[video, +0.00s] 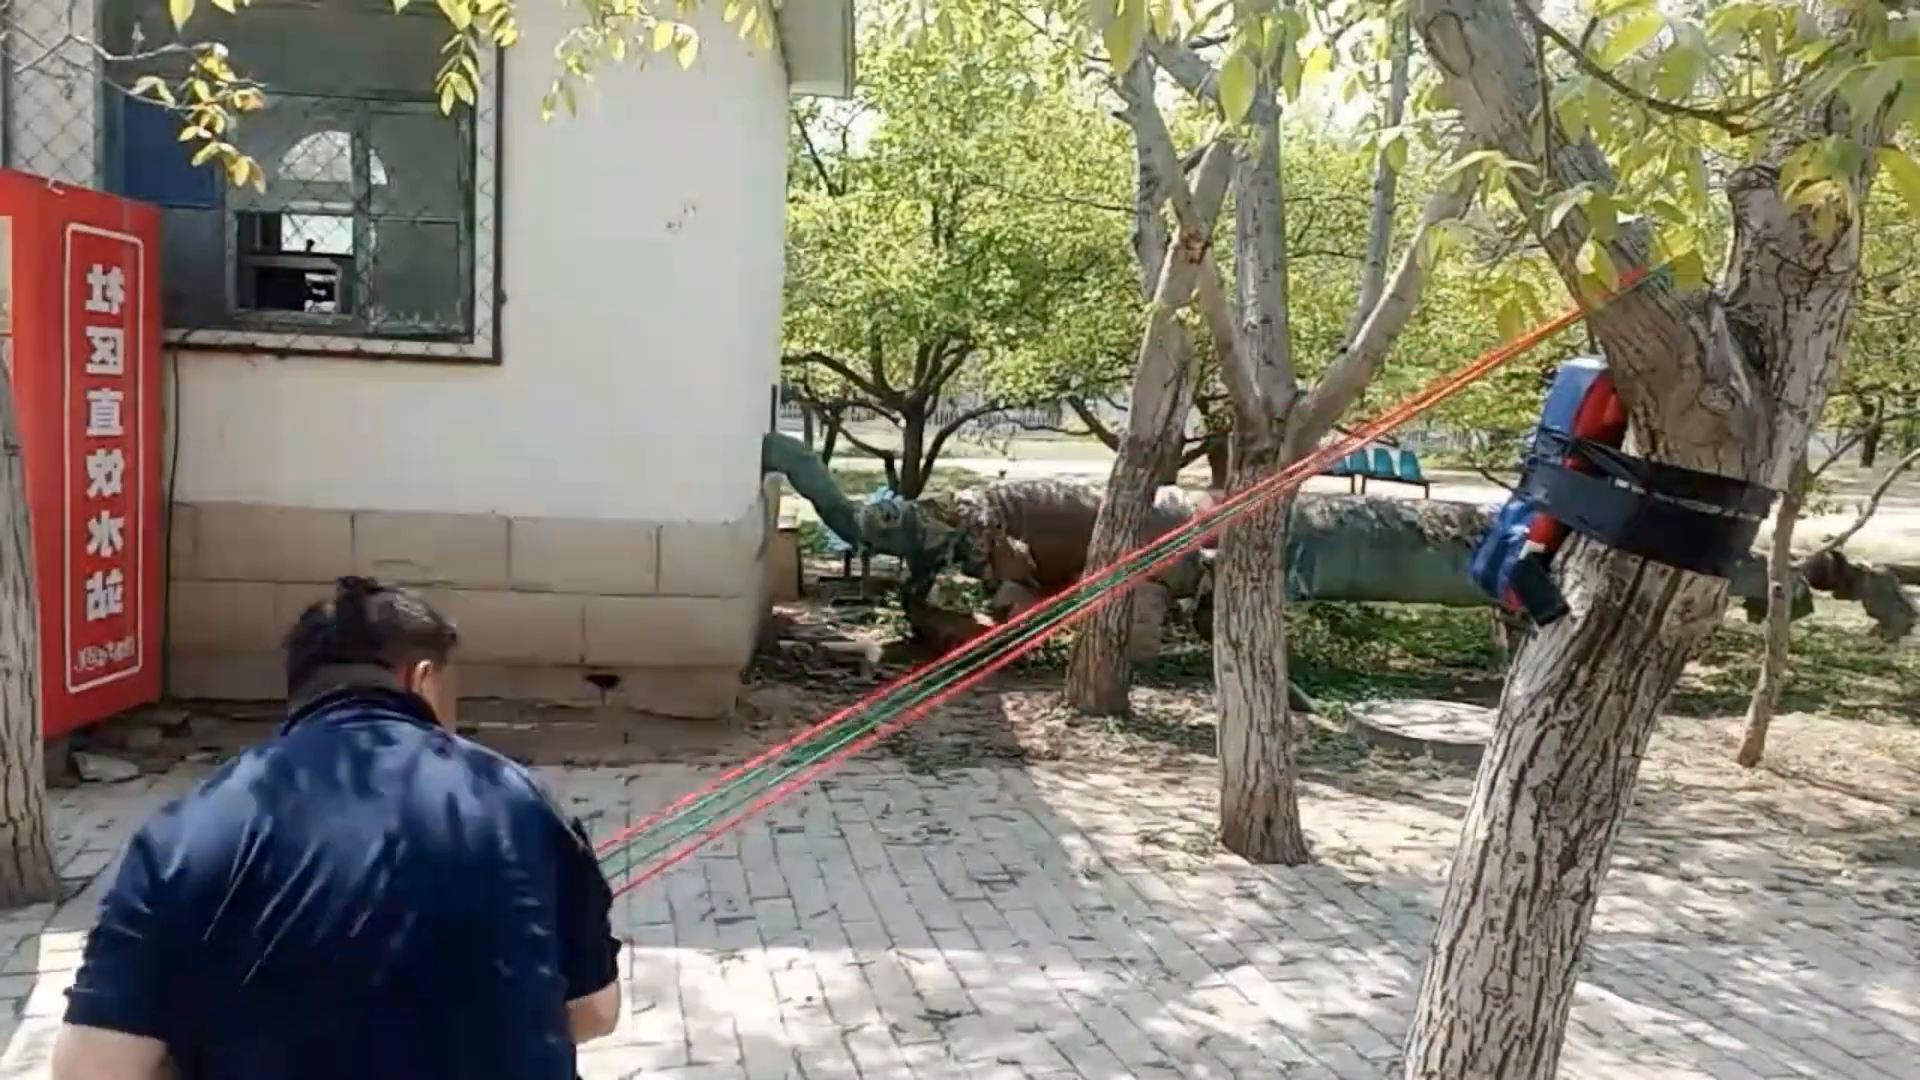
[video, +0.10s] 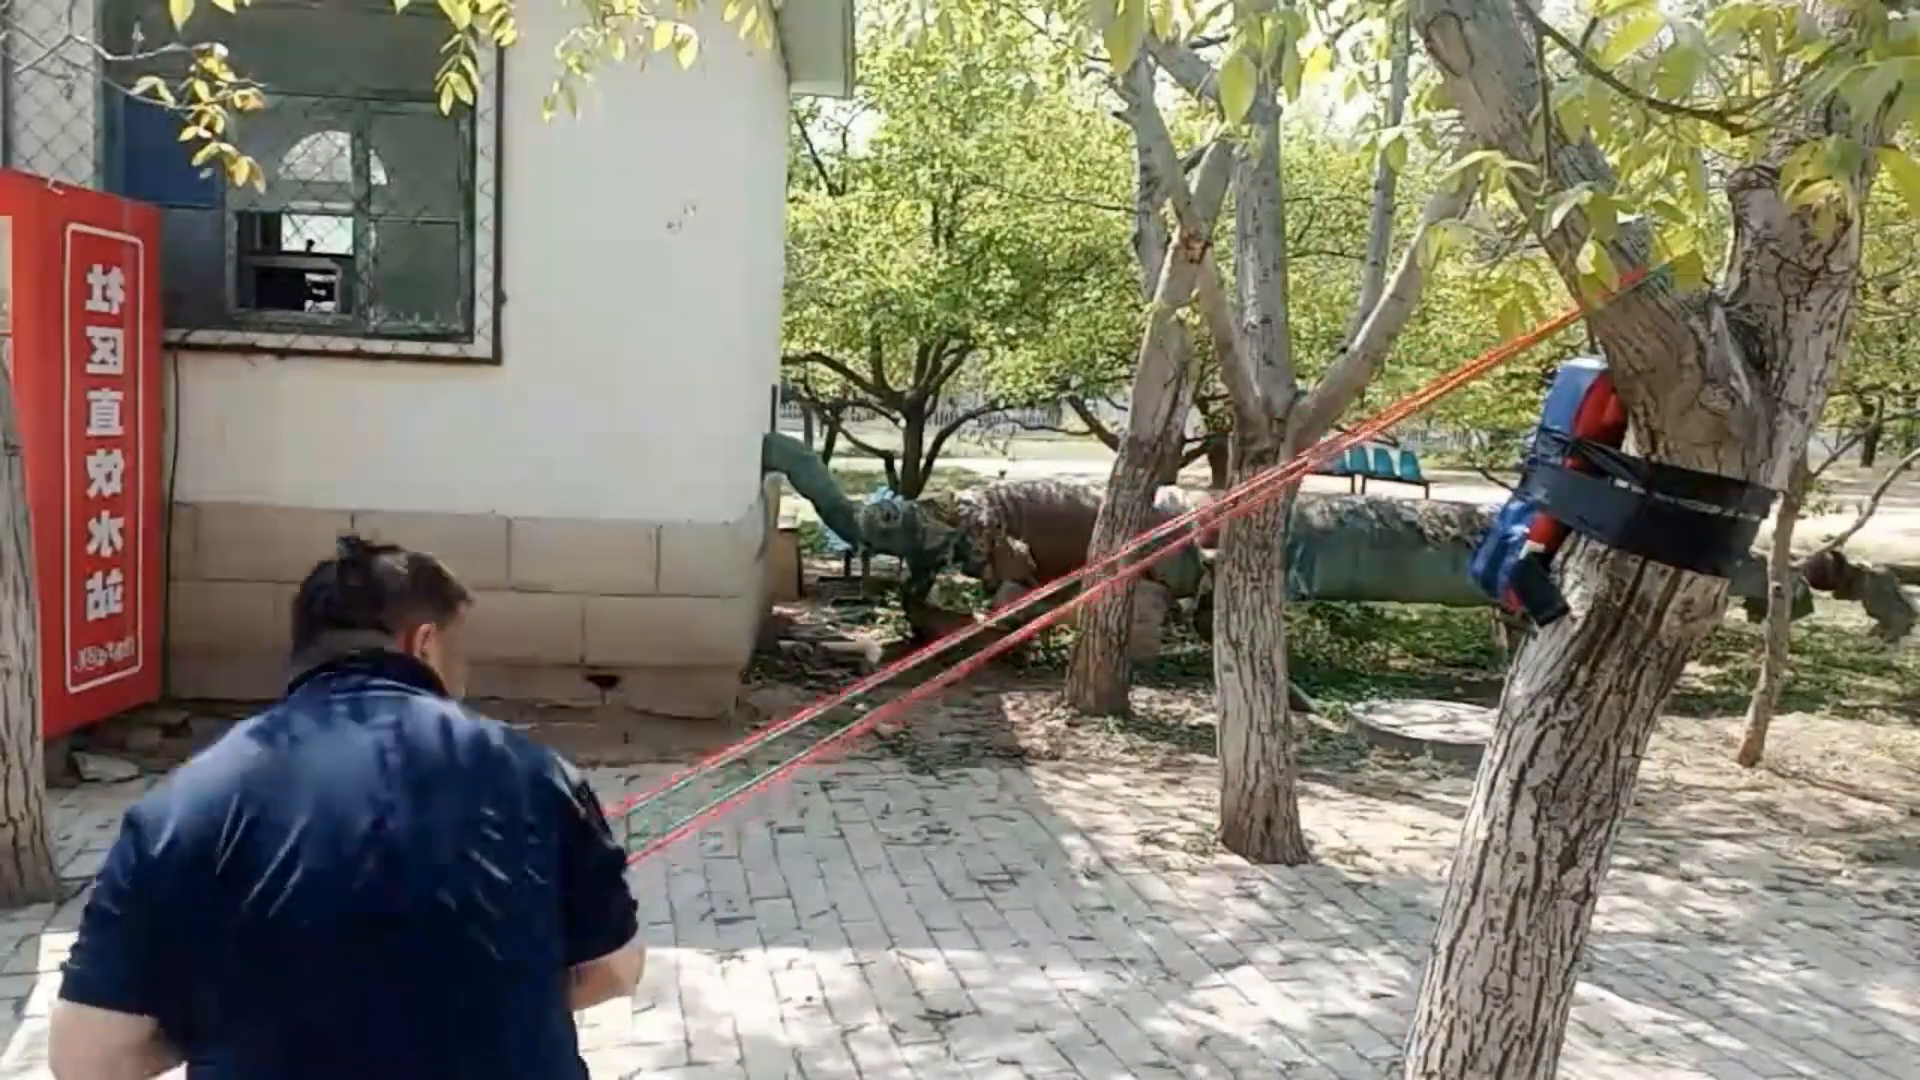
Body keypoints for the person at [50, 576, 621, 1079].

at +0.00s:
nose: (456, 708)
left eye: (457, 687)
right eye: (454, 688)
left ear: (298, 694)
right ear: (421, 683)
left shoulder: (181, 831)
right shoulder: (516, 801)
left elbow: (94, 1060)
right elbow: (594, 1011)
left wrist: (220, 1034)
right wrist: (466, 1022)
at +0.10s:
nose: (464, 675)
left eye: (464, 650)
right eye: (460, 651)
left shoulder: (179, 807)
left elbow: (86, 1055)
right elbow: (613, 965)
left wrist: (231, 1004)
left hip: (274, 1070)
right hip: (500, 1071)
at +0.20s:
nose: (455, 549)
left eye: (454, 520)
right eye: (448, 519)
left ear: (288, 529)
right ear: (383, 523)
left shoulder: (158, 696)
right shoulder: (497, 654)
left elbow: (125, 928)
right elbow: (636, 827)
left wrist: (243, 876)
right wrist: (570, 893)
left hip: (236, 1066)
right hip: (478, 1063)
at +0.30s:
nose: (451, 474)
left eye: (444, 446)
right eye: (434, 446)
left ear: (275, 469)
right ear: (358, 466)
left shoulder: (163, 631)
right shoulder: (483, 606)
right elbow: (631, 795)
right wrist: (642, 848)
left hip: (219, 1054)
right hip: (453, 1051)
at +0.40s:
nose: (468, 386)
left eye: (456, 356)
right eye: (446, 355)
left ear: (341, 388)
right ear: (352, 382)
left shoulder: (238, 524)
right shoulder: (434, 548)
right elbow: (603, 749)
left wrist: (518, 614)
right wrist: (709, 722)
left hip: (234, 1008)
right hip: (419, 1026)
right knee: (602, 1067)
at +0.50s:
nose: (485, 357)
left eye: (470, 326)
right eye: (459, 326)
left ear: (357, 366)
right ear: (363, 362)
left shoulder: (290, 491)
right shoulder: (412, 539)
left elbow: (444, 648)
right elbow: (592, 736)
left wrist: (605, 601)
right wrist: (736, 681)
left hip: (268, 1005)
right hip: (422, 1030)